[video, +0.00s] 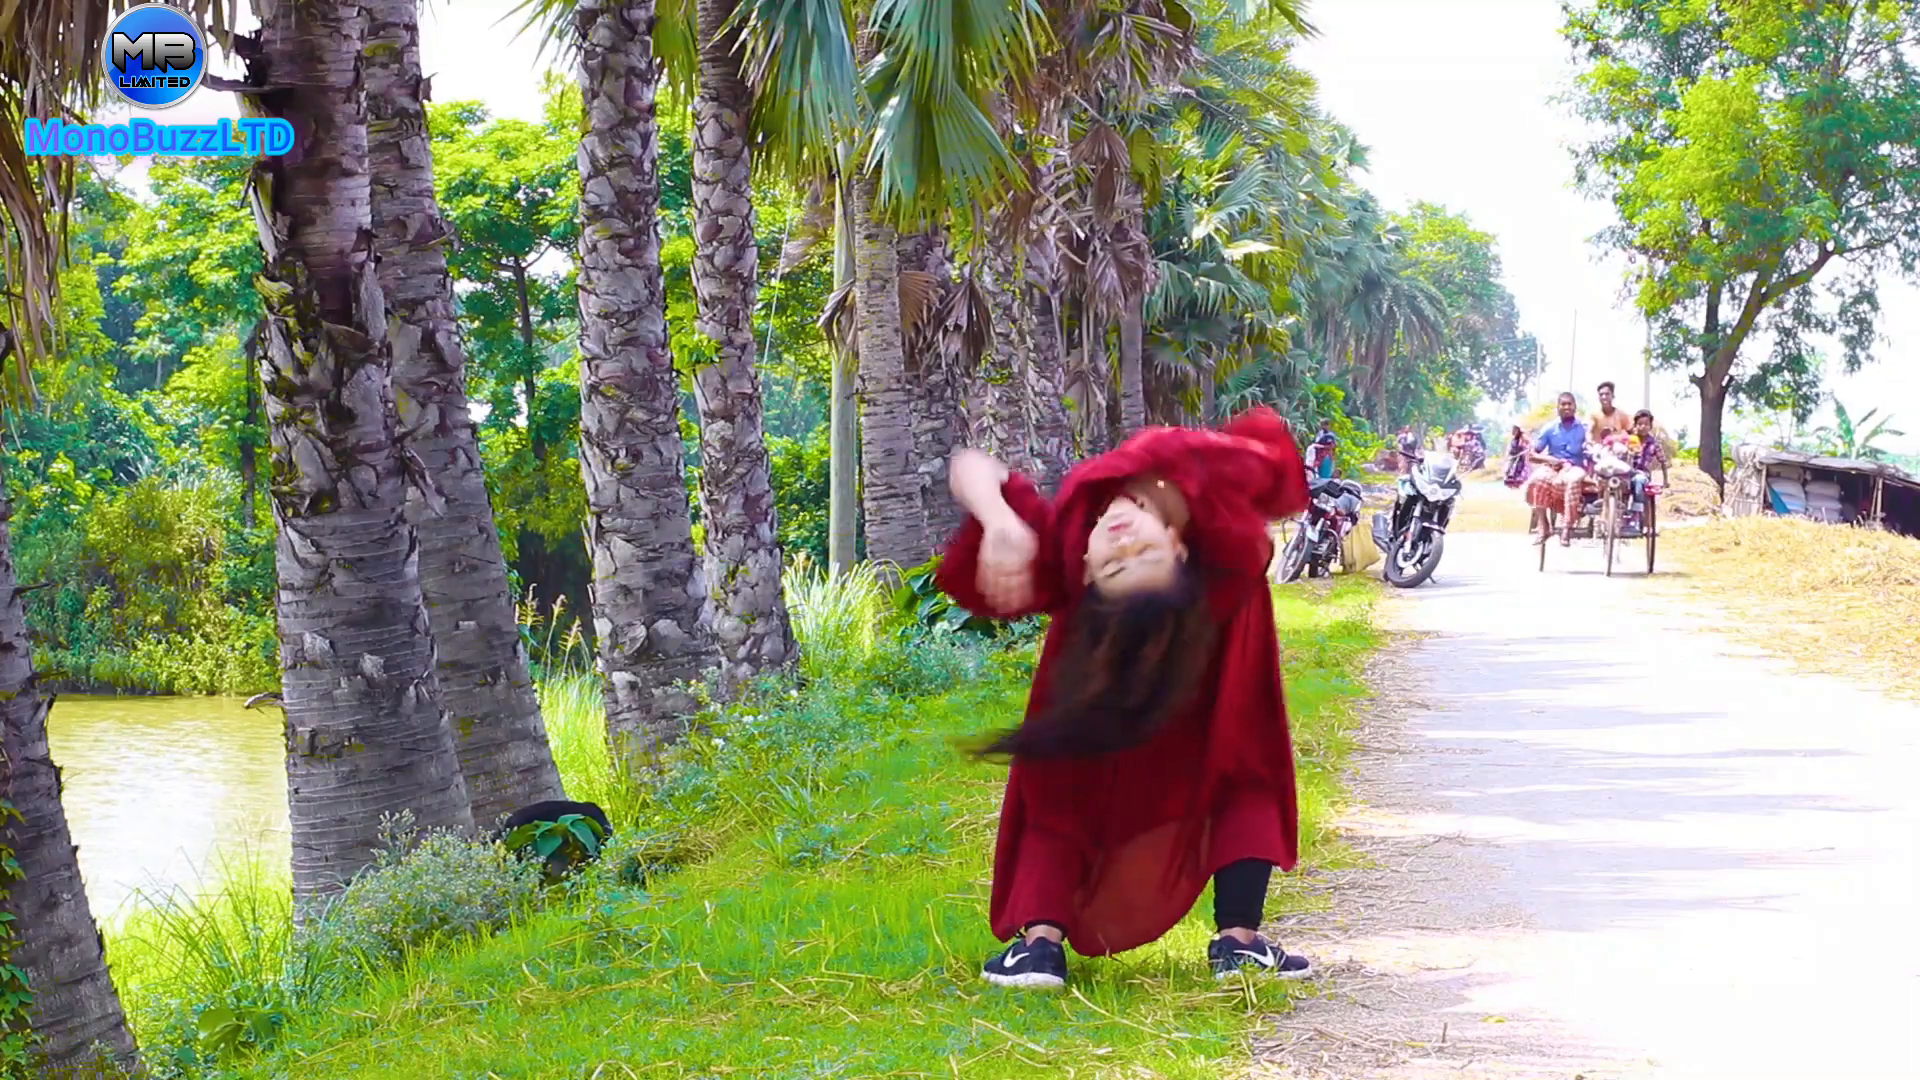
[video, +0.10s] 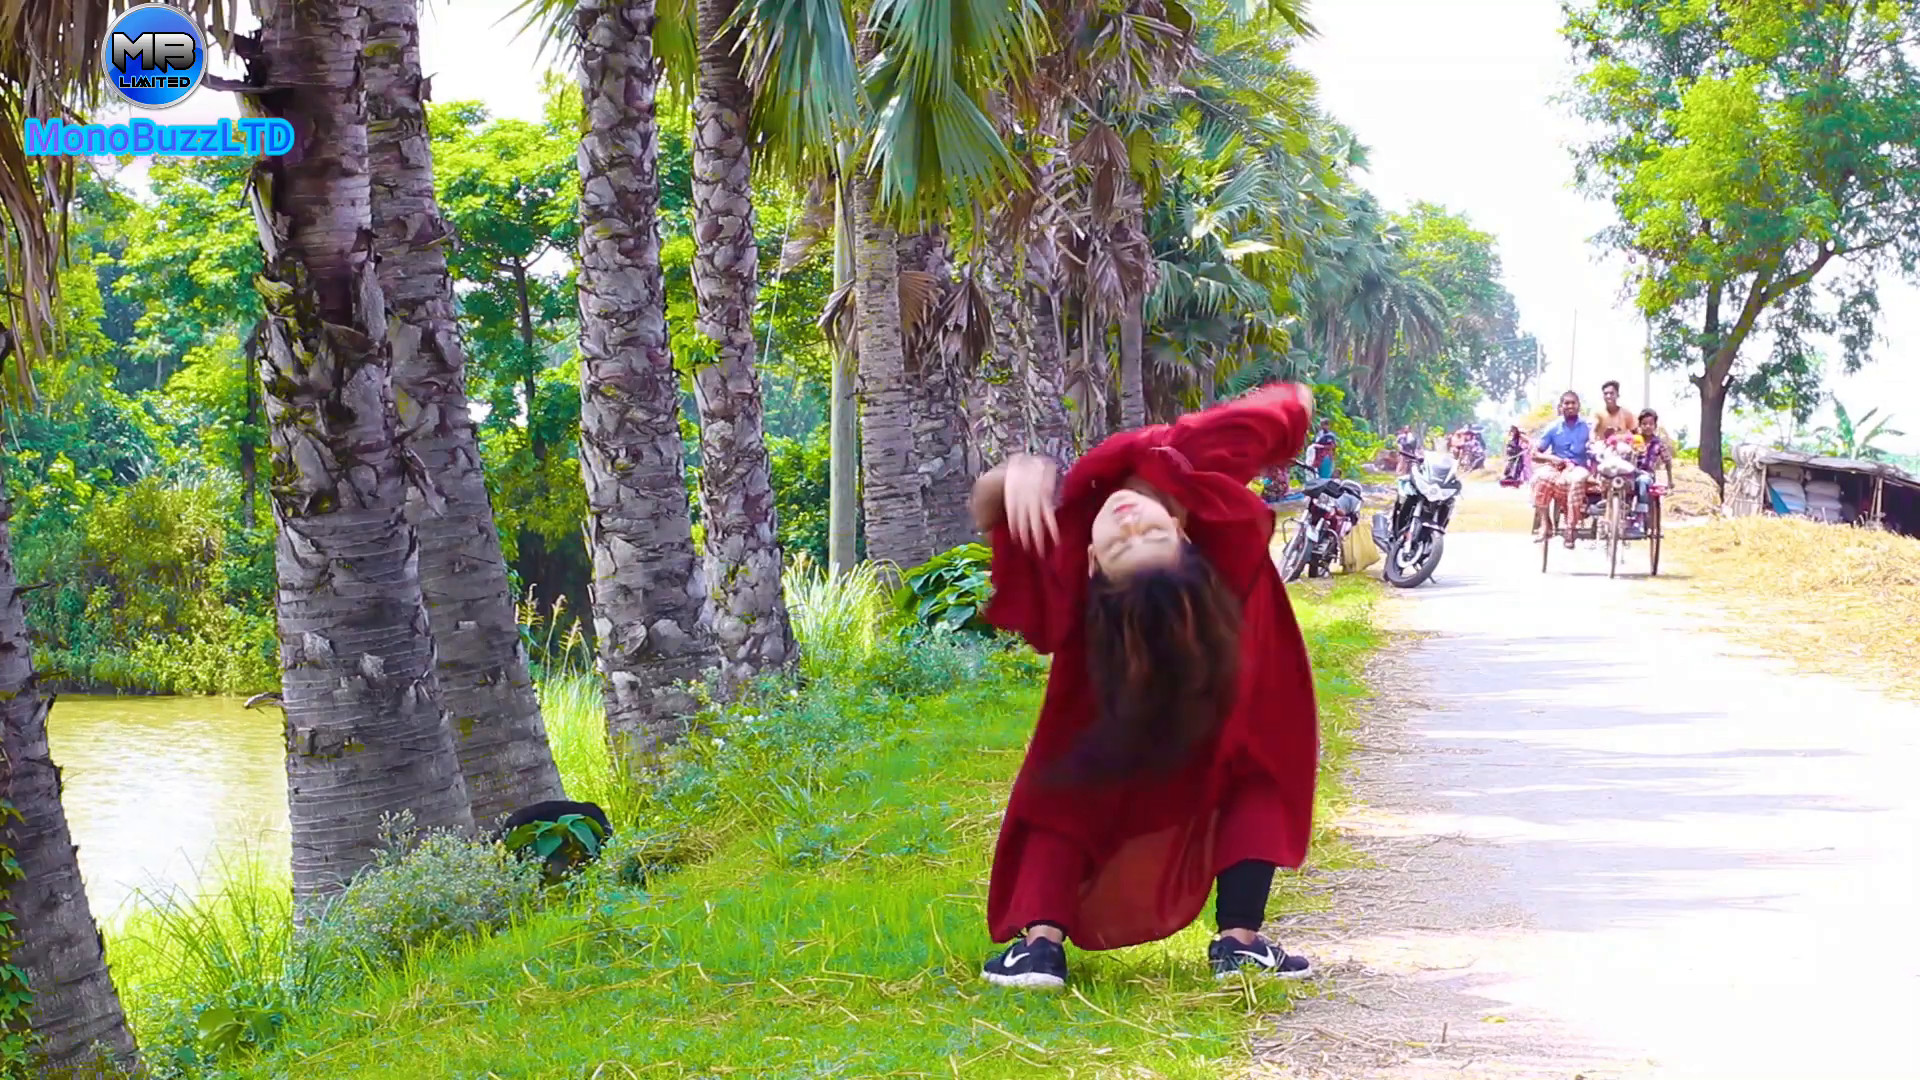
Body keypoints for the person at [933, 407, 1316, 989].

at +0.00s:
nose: (1116, 528)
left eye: (1105, 554)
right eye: (1139, 551)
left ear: (1085, 568)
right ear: (1180, 546)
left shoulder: (1063, 532)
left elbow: (969, 463)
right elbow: (1269, 437)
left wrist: (1001, 524)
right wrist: (1174, 458)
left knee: (1054, 778)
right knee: (1248, 772)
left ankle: (1039, 941)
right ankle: (1239, 936)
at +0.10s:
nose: (1131, 513)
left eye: (1115, 538)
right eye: (1156, 532)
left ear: (1092, 561)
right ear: (1181, 531)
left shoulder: (1060, 528)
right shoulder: (1207, 466)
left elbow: (982, 509)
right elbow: (1292, 403)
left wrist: (1017, 470)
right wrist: (1188, 440)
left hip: (1103, 681)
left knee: (1060, 785)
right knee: (1261, 766)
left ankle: (1040, 942)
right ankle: (1241, 934)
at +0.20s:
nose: (1115, 495)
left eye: (1102, 514)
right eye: (1136, 515)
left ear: (1081, 546)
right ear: (1166, 530)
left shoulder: (1059, 528)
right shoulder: (1207, 450)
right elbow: (1309, 360)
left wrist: (1064, 422)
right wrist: (1227, 364)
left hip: (1109, 635)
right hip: (1240, 620)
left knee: (1074, 775)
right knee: (1271, 762)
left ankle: (1043, 941)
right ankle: (1241, 937)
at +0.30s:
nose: (1115, 473)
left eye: (1098, 494)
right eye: (1134, 496)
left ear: (1078, 507)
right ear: (1166, 511)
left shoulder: (1060, 465)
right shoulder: (1223, 469)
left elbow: (1056, 558)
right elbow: (1303, 402)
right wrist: (1220, 339)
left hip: (1118, 635)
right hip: (1239, 627)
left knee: (1083, 774)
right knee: (1267, 765)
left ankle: (1043, 944)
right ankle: (1242, 938)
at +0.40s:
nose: (1111, 450)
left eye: (1095, 466)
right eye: (1128, 477)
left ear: (1072, 483)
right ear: (1155, 501)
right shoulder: (1221, 489)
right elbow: (1311, 474)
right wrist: (1215, 406)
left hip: (1139, 596)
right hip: (1244, 598)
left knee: (1088, 758)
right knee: (1267, 758)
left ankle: (1045, 941)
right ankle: (1242, 939)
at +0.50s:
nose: (1116, 420)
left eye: (1097, 442)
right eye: (1130, 445)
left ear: (1064, 454)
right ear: (1158, 479)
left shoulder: (1063, 401)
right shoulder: (1224, 485)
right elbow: (1338, 536)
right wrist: (1270, 478)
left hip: (1124, 591)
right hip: (1235, 592)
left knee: (1080, 747)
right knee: (1266, 756)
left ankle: (1046, 941)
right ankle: (1242, 940)